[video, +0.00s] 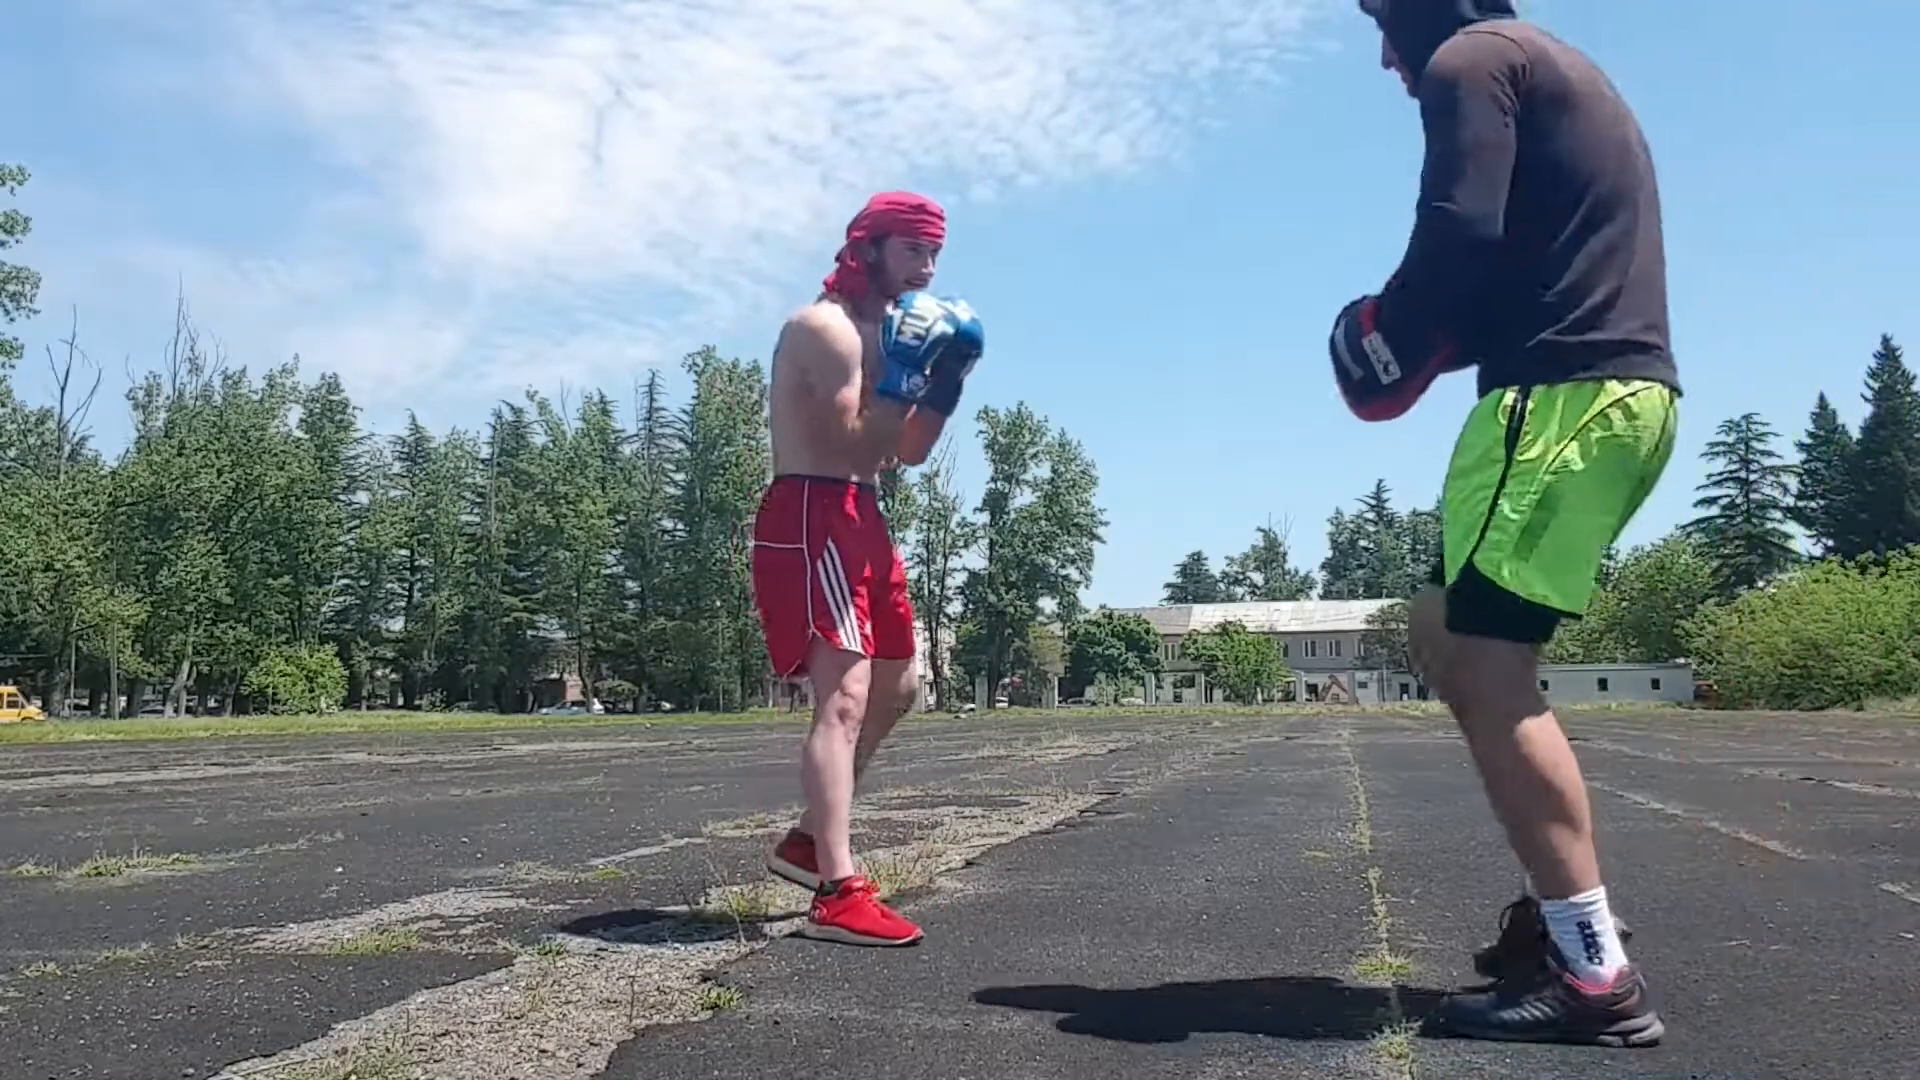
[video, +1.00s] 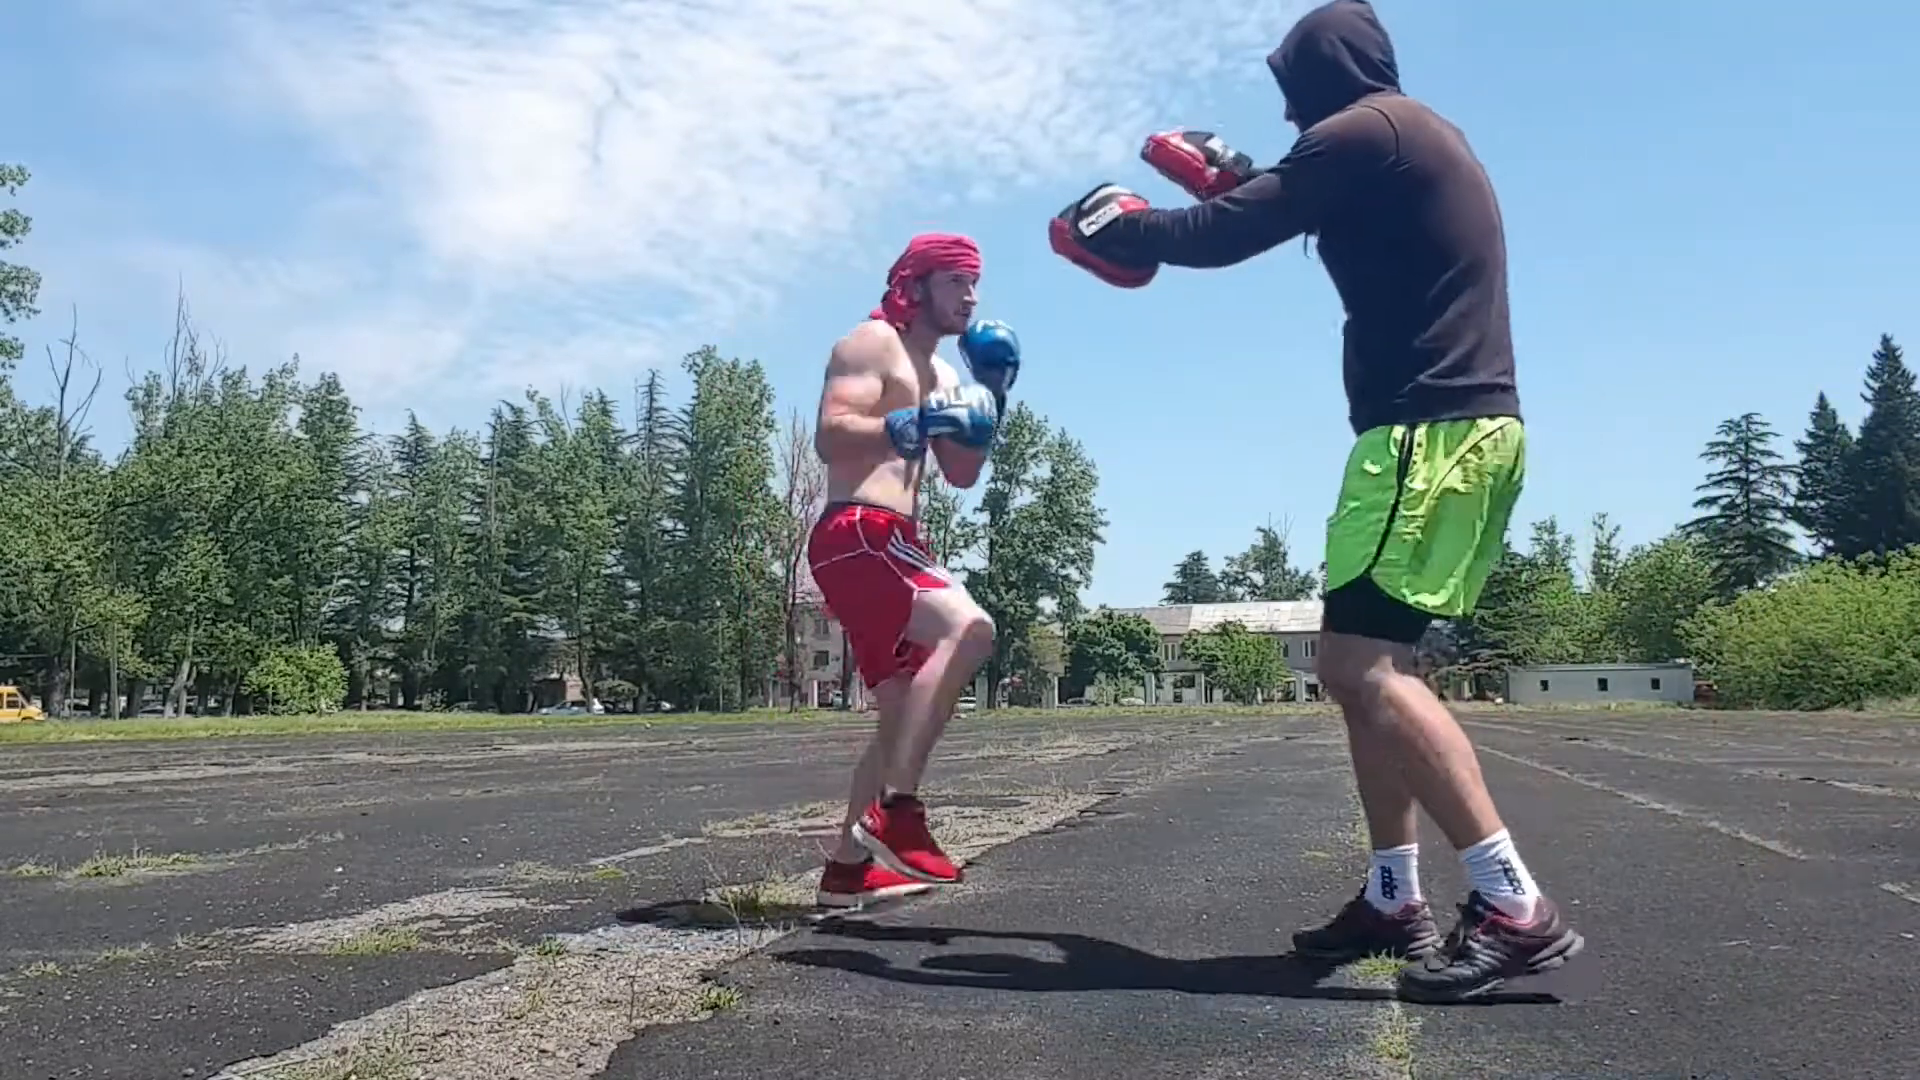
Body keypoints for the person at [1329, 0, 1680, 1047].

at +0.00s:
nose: (1386, 57)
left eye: (1385, 28)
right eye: (1378, 36)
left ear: (1423, 8)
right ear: (1479, 4)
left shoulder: (1470, 57)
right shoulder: (1560, 68)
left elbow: (1464, 221)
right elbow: (1537, 270)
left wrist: (1391, 327)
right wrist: (1426, 357)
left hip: (1563, 393)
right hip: (1619, 391)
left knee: (1490, 669)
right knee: (1443, 635)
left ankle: (1595, 977)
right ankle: (1556, 902)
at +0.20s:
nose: (1337, 77)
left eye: (1337, 51)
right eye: (1331, 57)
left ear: (1371, 26)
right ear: (1425, 20)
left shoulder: (1414, 67)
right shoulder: (1480, 86)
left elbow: (1404, 218)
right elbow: (1459, 270)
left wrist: (1346, 338)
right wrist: (1380, 364)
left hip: (1525, 399)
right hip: (1545, 398)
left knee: (1477, 673)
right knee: (1446, 667)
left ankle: (1588, 961)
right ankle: (1466, 929)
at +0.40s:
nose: (1317, 97)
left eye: (1317, 73)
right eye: (1312, 81)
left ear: (1348, 46)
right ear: (1394, 30)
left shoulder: (1395, 80)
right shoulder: (1464, 105)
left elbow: (1380, 232)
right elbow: (1431, 307)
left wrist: (1285, 327)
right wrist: (1307, 364)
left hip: (1483, 397)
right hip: (1534, 392)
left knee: (1391, 651)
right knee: (1436, 663)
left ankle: (1536, 918)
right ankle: (1464, 919)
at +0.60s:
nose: (1323, 87)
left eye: (1326, 68)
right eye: (1321, 71)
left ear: (1358, 49)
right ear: (1410, 35)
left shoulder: (1391, 107)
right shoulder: (1468, 110)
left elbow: (1253, 205)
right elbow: (1376, 211)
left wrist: (1150, 225)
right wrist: (1269, 182)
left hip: (1465, 433)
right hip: (1496, 426)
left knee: (1410, 694)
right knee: (1348, 642)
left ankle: (1541, 946)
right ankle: (1441, 881)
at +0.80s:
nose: (1312, 94)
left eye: (1314, 75)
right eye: (1310, 78)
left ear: (1339, 61)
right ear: (1397, 45)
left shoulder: (1376, 123)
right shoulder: (1453, 118)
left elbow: (1244, 223)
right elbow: (1355, 198)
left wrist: (1137, 237)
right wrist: (1258, 171)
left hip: (1436, 426)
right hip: (1474, 420)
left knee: (1419, 682)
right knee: (1356, 653)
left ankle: (1539, 941)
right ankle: (1396, 902)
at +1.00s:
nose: (1291, 106)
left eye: (1294, 90)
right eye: (1290, 92)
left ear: (1321, 77)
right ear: (1374, 65)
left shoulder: (1357, 139)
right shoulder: (1425, 133)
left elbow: (1224, 231)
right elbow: (1330, 201)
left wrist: (1125, 221)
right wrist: (1240, 179)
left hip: (1426, 431)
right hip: (1471, 427)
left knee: (1364, 665)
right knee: (1361, 668)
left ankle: (1519, 908)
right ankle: (1393, 902)